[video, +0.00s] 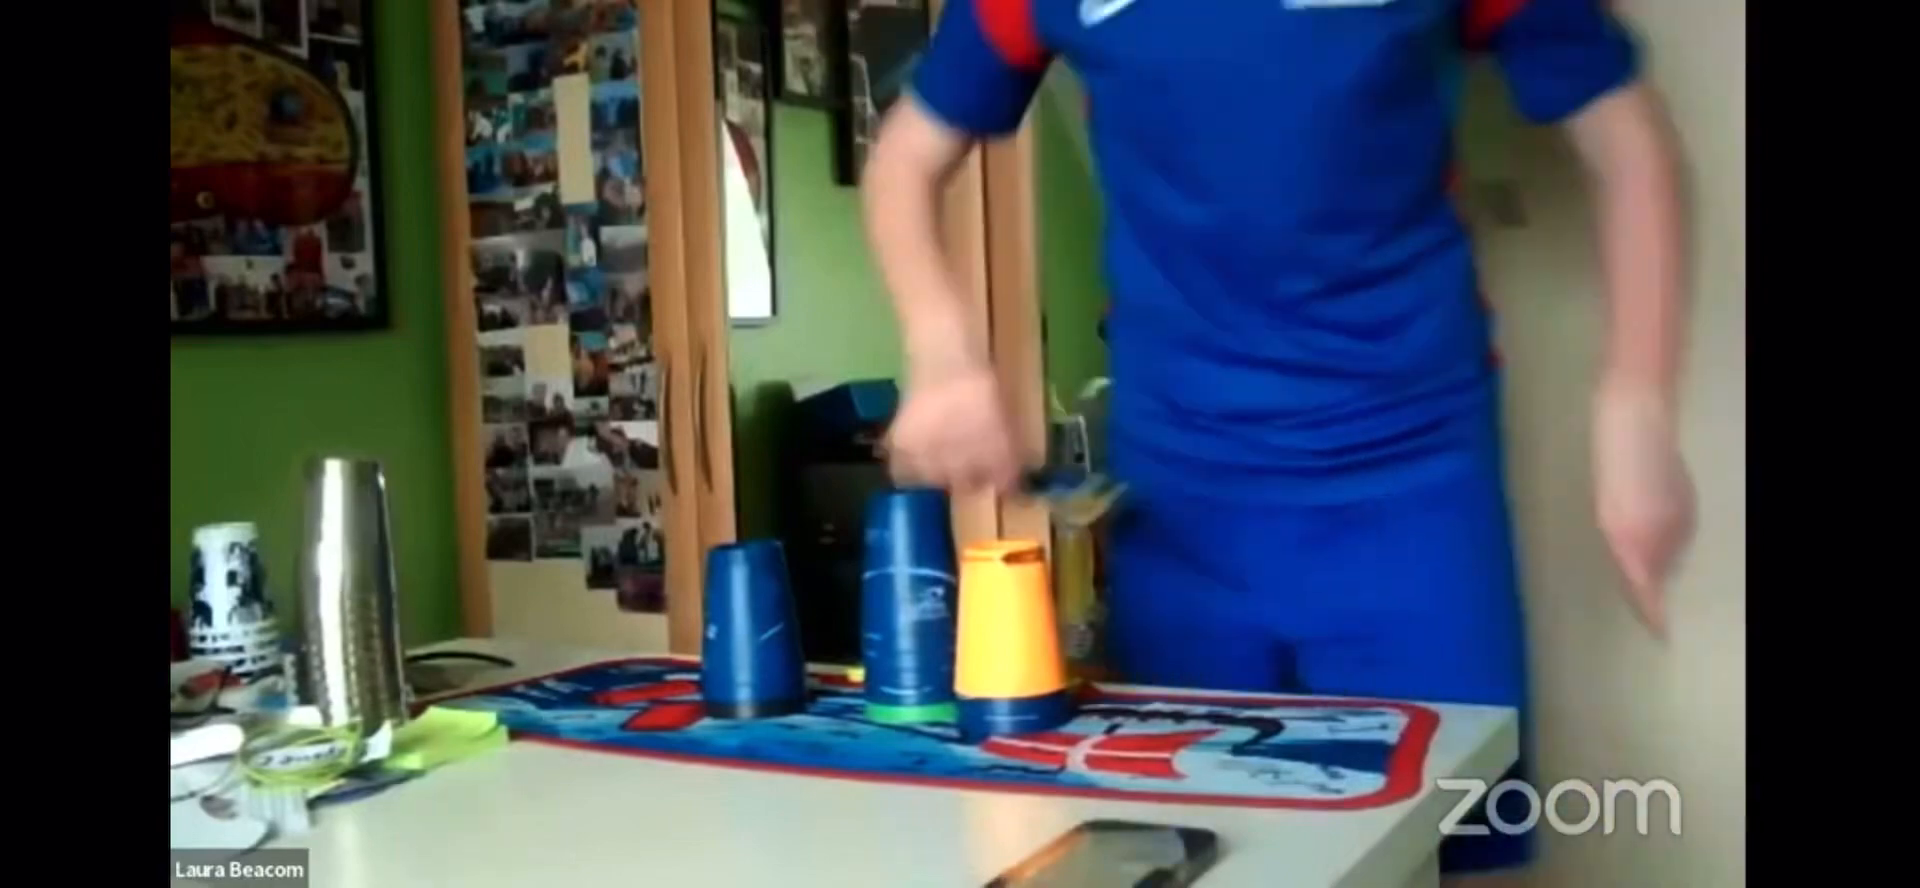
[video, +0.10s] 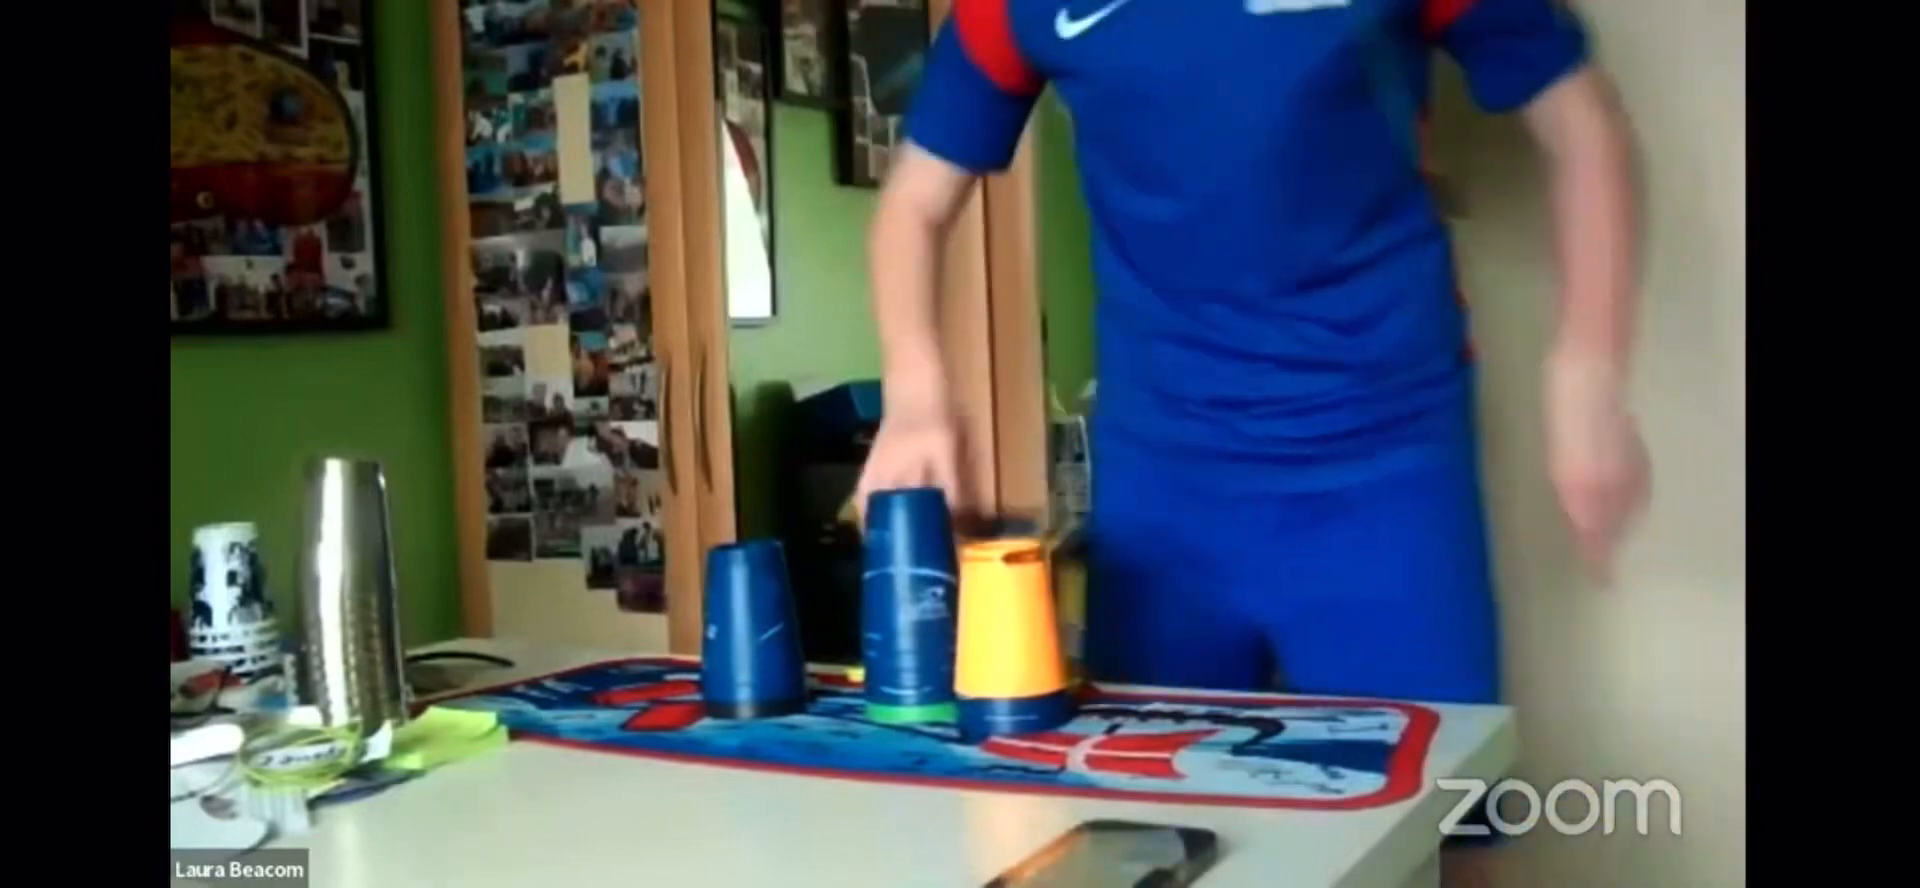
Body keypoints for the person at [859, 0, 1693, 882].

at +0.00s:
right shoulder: (1050, 0)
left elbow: (1628, 139)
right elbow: (900, 162)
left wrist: (1638, 411)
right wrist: (943, 357)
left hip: (1407, 480)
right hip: (1176, 491)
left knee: (1465, 849)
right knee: (1198, 855)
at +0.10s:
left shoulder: (1414, 12)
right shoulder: (1029, 11)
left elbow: (1585, 126)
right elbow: (911, 204)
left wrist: (1589, 386)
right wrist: (914, 402)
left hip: (1382, 462)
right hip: (1159, 468)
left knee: (1427, 827)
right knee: (1160, 829)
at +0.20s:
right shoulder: (1002, 14)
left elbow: (1544, 100)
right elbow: (929, 251)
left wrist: (1525, 324)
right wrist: (909, 450)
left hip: (1367, 441)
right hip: (1151, 458)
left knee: (1385, 818)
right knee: (1153, 825)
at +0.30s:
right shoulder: (987, 14)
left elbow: (1523, 86)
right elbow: (925, 256)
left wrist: (1517, 300)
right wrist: (919, 408)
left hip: (1360, 436)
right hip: (1147, 454)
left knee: (1360, 809)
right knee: (1157, 814)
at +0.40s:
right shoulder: (984, 14)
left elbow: (1521, 86)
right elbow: (921, 254)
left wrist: (1520, 300)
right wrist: (925, 388)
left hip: (1356, 440)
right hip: (1146, 460)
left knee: (1359, 810)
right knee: (1158, 815)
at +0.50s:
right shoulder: (987, 13)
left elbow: (1517, 108)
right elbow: (912, 257)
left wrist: (1527, 317)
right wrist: (962, 347)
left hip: (1355, 438)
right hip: (1140, 455)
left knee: (1363, 811)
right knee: (1161, 816)